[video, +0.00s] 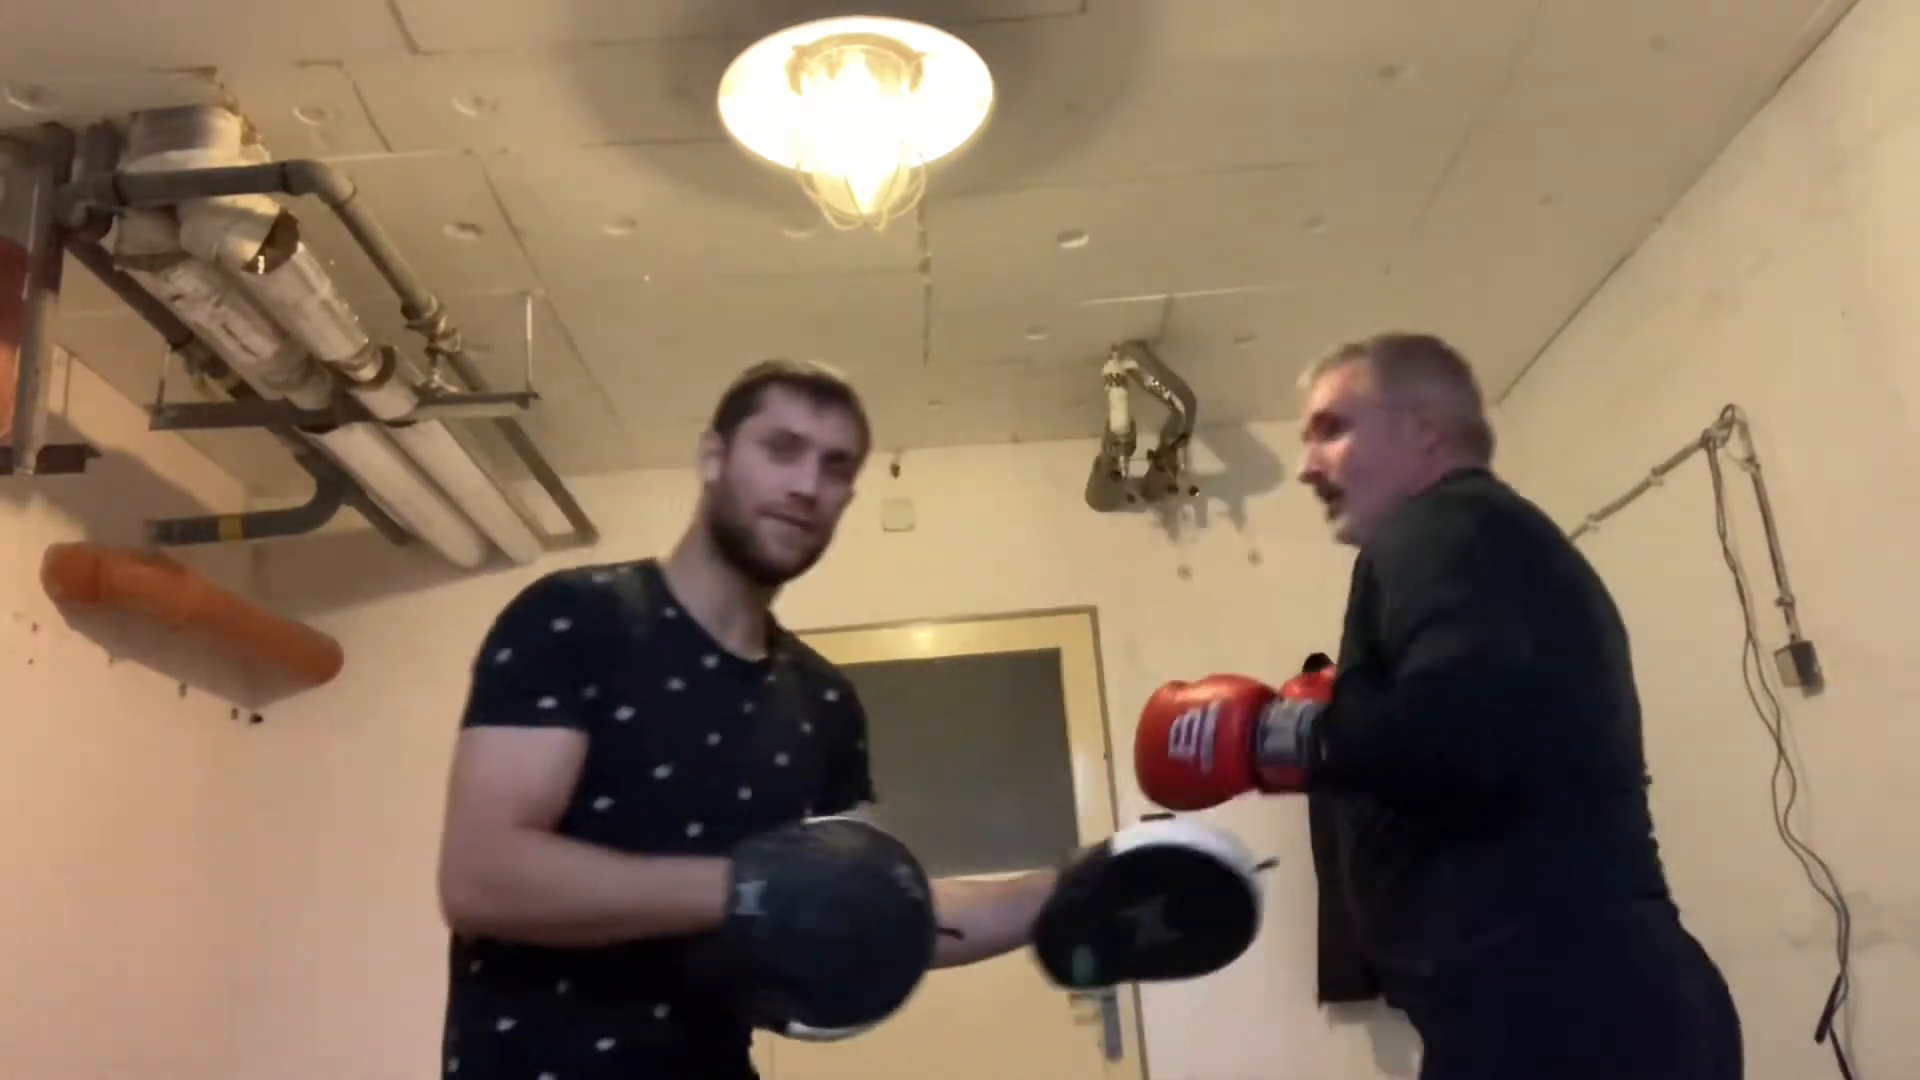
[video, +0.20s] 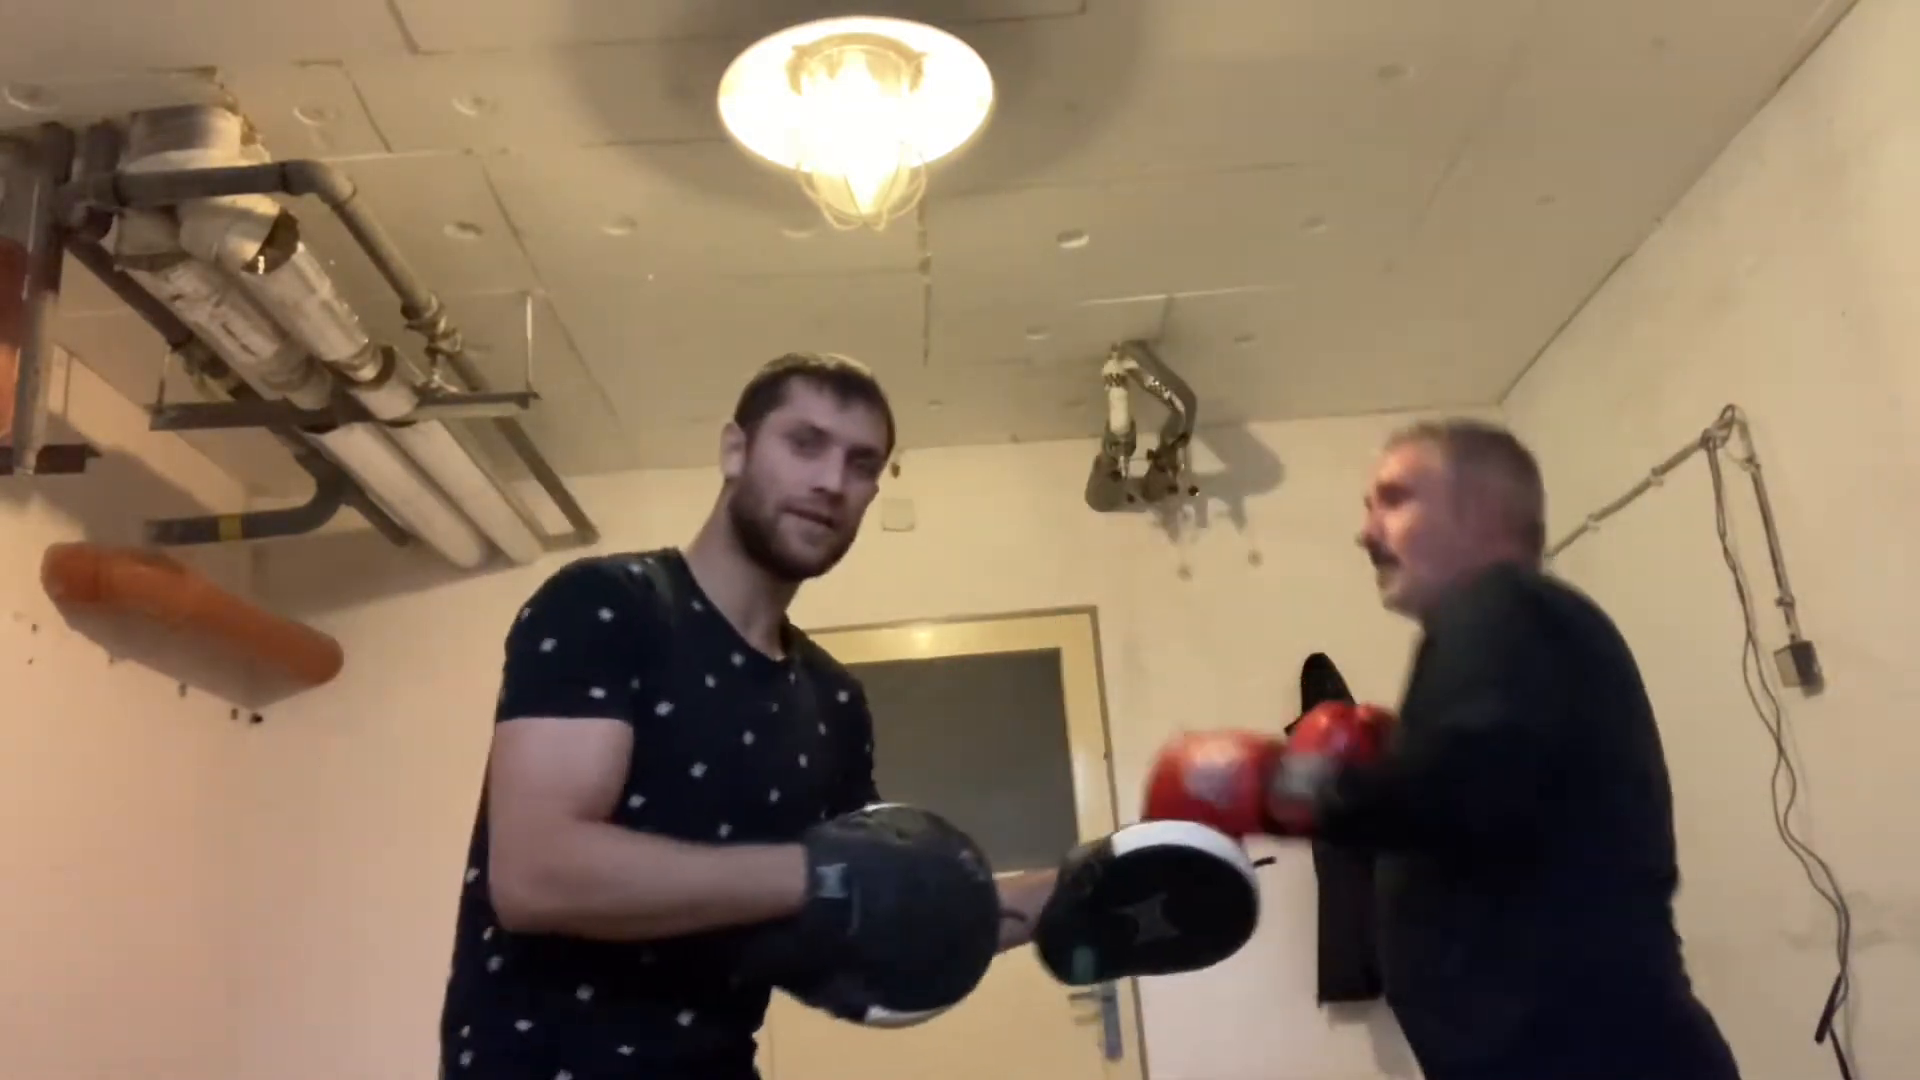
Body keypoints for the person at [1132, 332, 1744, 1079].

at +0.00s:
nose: (1307, 465)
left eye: (1332, 429)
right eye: (1308, 440)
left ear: (1424, 431)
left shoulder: (1440, 531)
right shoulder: (1516, 538)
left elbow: (1467, 724)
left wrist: (1274, 732)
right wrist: (1349, 701)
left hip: (1545, 1018)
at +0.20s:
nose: (1366, 532)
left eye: (1394, 499)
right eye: (1370, 507)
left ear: (1485, 512)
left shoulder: (1496, 617)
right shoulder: (1555, 622)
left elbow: (1470, 792)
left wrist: (1283, 786)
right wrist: (1388, 756)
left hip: (1549, 1050)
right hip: (1611, 1041)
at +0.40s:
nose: (1379, 569)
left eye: (1409, 541)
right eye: (1376, 548)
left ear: (1494, 557)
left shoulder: (1538, 655)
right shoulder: (1479, 677)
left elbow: (1634, 842)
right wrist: (1405, 845)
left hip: (1619, 1055)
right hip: (1554, 1056)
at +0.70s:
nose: (1339, 574)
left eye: (1366, 545)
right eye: (1331, 551)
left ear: (1449, 553)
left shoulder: (1502, 663)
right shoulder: (1432, 672)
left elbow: (1568, 862)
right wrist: (1358, 830)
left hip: (1599, 1049)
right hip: (1535, 1048)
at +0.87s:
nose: (1267, 606)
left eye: (1291, 576)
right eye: (1261, 580)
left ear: (1386, 579)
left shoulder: (1435, 688)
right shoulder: (1361, 696)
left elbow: (1422, 896)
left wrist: (1240, 882)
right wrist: (1323, 833)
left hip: (1566, 1051)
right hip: (1492, 1049)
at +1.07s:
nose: (1226, 621)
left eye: (1245, 588)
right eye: (1220, 592)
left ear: (1332, 581)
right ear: (1331, 584)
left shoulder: (1392, 684)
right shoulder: (1364, 670)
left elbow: (1349, 907)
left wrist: (1216, 827)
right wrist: (1273, 795)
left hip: (1530, 1057)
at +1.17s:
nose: (1236, 625)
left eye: (1251, 591)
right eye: (1227, 599)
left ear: (1332, 581)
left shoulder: (1431, 683)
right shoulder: (1331, 693)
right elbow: (1333, 846)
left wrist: (1273, 773)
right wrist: (1253, 760)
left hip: (1522, 1048)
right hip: (1437, 1049)